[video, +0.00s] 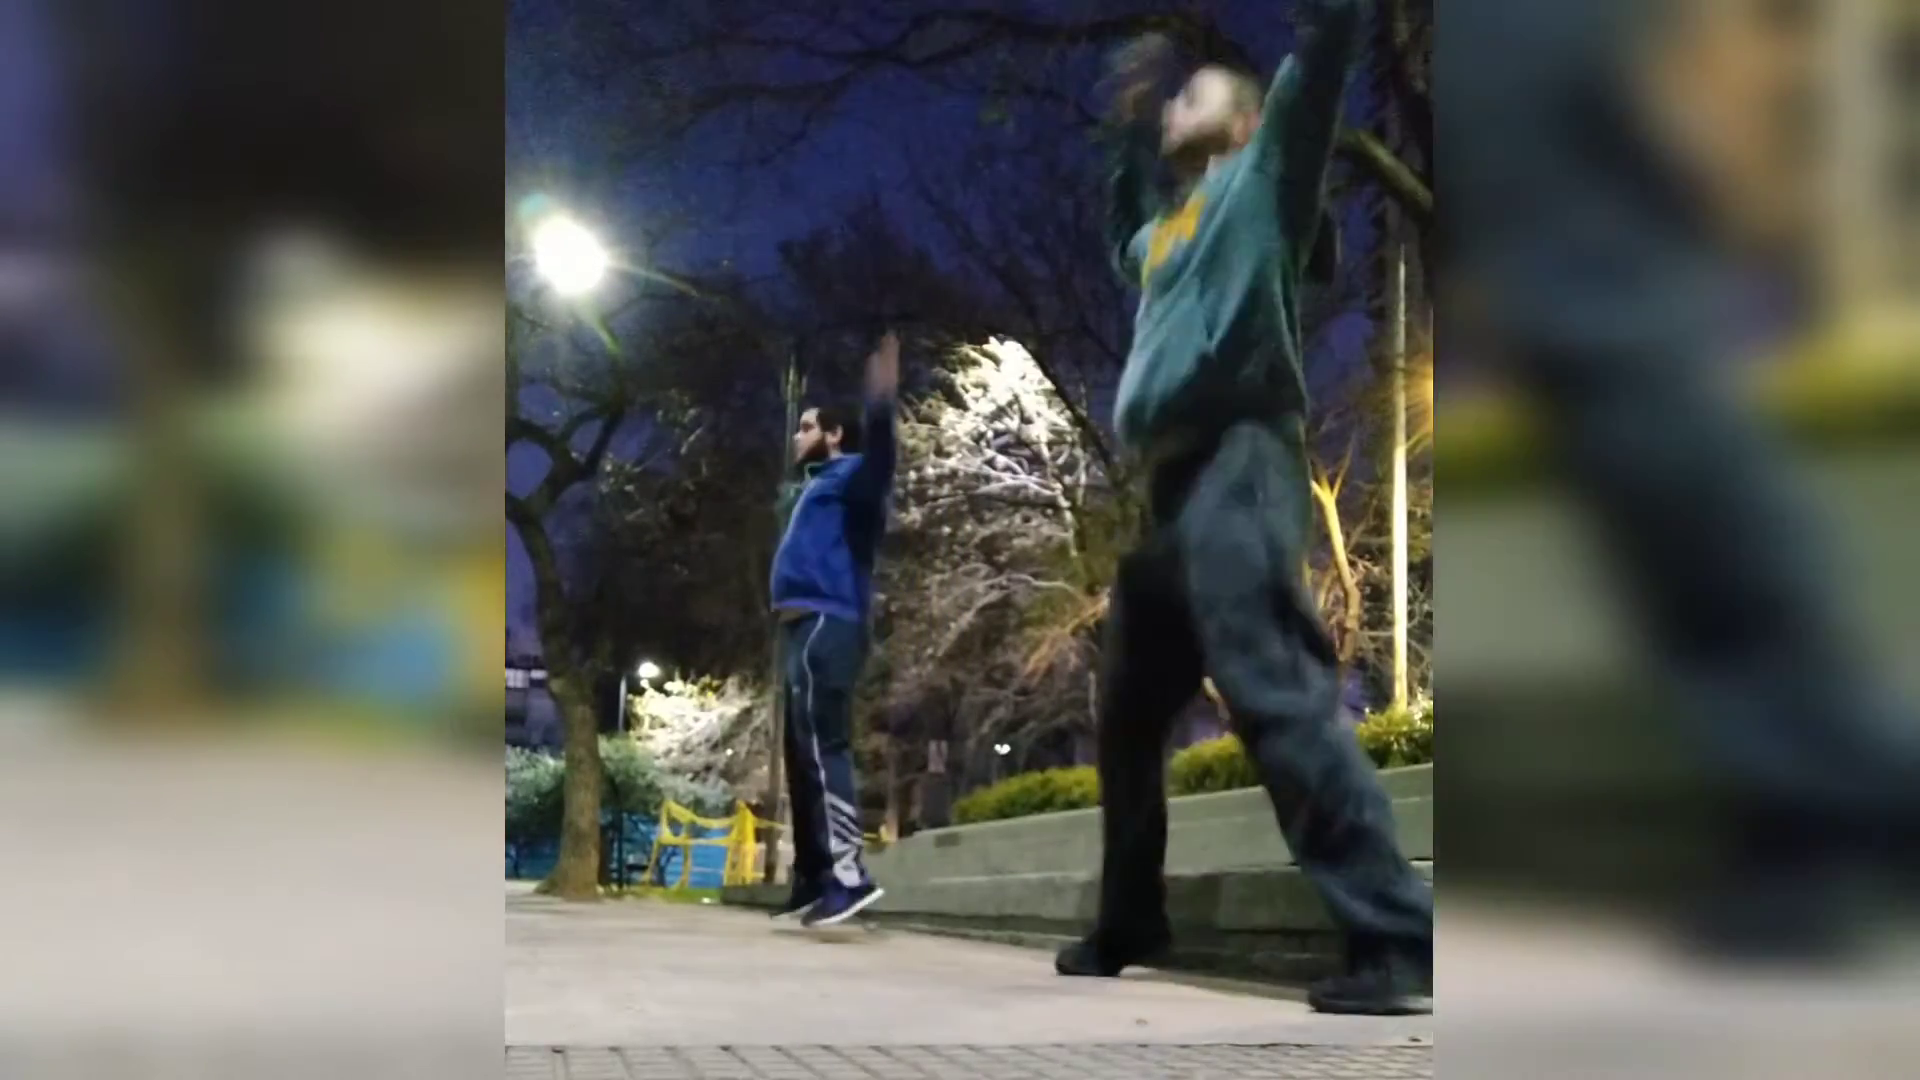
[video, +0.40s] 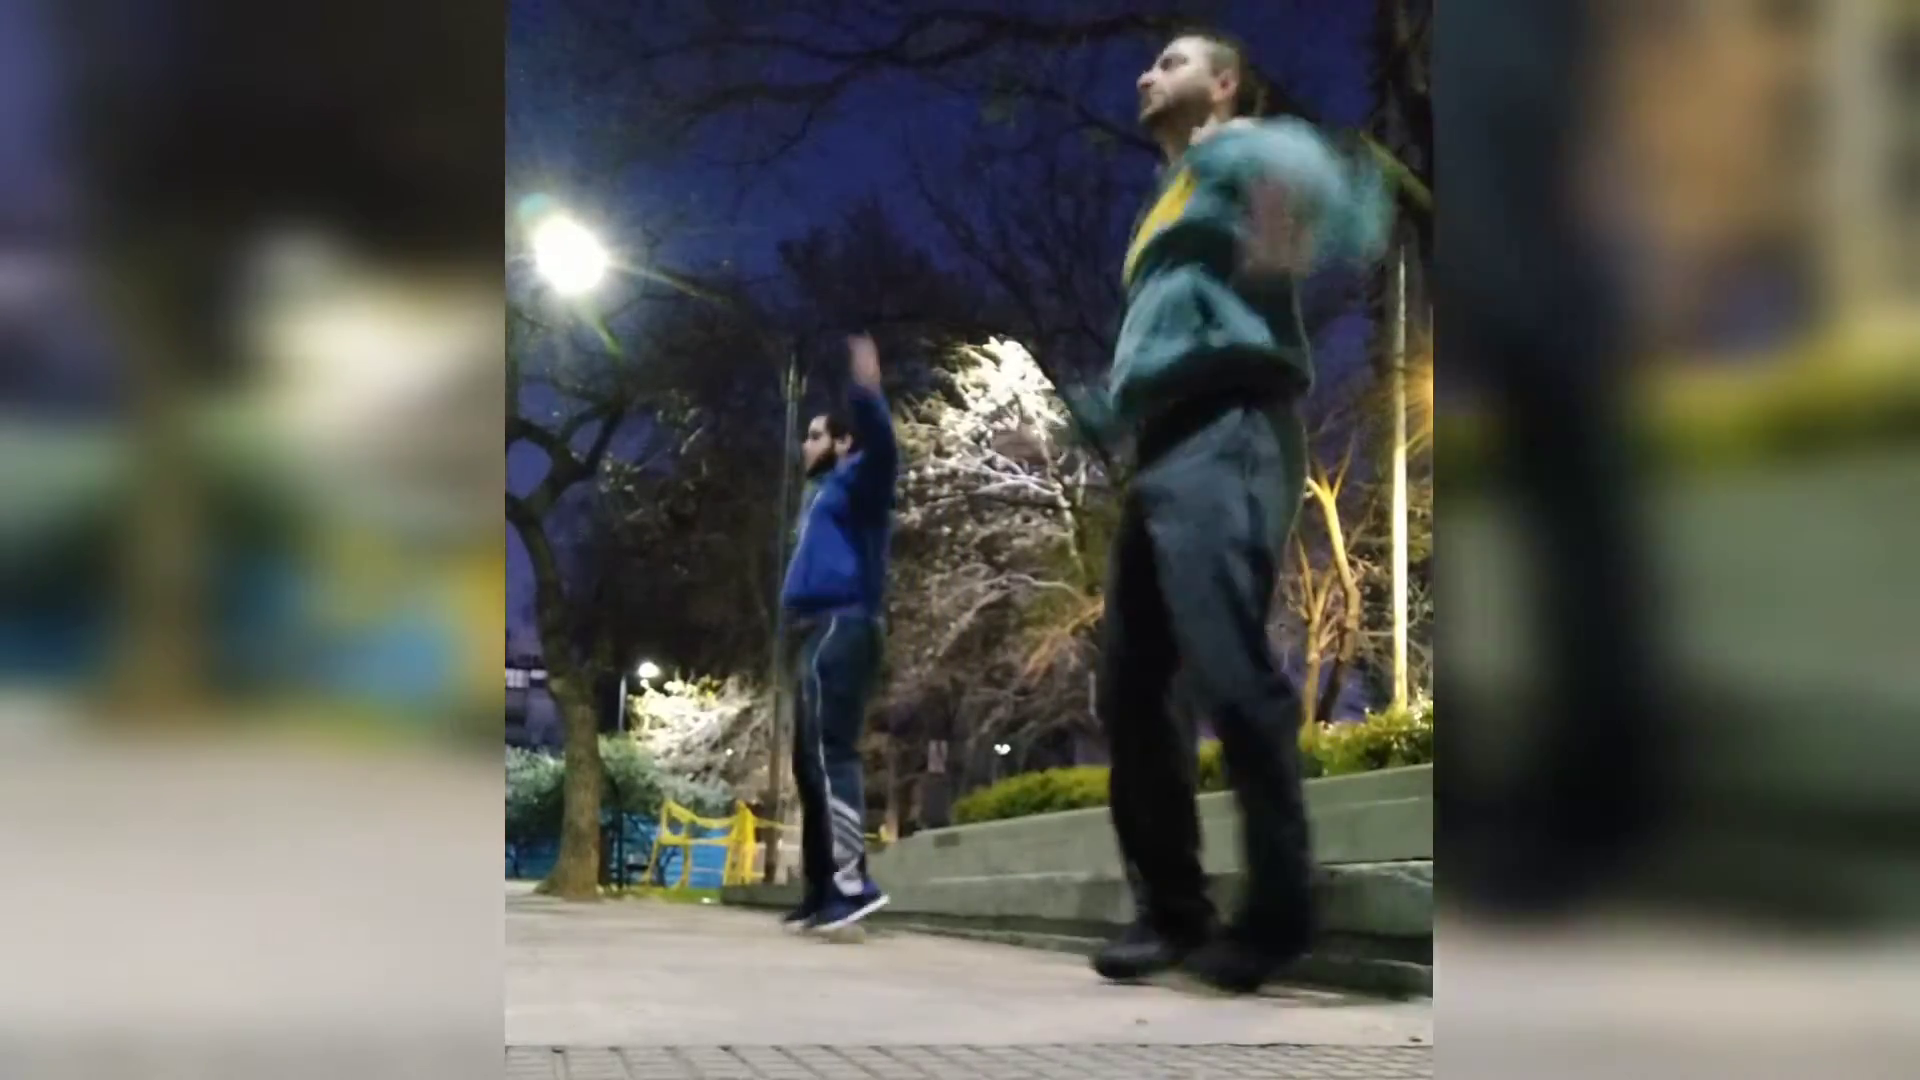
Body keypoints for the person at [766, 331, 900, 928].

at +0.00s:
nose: (799, 436)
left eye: (808, 427)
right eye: (800, 427)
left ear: (836, 432)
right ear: (816, 437)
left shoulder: (855, 476)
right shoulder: (812, 483)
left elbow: (882, 450)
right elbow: (793, 454)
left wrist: (882, 397)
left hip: (829, 618)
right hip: (794, 620)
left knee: (821, 743)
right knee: (797, 750)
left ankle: (847, 874)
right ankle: (811, 876)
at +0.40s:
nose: (809, 443)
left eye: (818, 433)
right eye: (808, 436)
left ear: (843, 437)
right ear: (814, 446)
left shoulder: (862, 475)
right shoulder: (823, 485)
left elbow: (882, 448)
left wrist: (866, 389)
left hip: (844, 618)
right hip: (807, 621)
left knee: (830, 749)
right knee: (808, 756)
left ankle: (850, 881)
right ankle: (819, 886)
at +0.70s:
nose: (815, 467)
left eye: (824, 458)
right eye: (817, 458)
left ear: (852, 464)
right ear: (848, 466)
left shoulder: (872, 509)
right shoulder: (847, 513)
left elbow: (885, 583)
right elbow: (853, 589)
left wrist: (877, 650)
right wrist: (825, 656)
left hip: (857, 662)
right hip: (832, 662)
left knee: (836, 779)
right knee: (827, 781)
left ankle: (876, 902)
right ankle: (859, 902)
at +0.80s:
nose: (820, 447)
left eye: (830, 437)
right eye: (821, 438)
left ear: (860, 442)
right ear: (838, 447)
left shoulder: (883, 477)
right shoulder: (837, 497)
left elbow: (898, 528)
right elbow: (825, 565)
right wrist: (810, 614)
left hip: (863, 624)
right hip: (827, 629)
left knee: (858, 753)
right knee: (835, 761)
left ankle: (878, 882)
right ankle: (850, 890)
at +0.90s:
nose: (826, 445)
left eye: (835, 436)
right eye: (825, 438)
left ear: (863, 442)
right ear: (836, 450)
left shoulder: (881, 489)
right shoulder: (836, 495)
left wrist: (897, 363)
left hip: (865, 622)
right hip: (829, 626)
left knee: (862, 743)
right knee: (832, 757)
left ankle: (899, 874)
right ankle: (846, 879)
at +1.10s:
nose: (829, 492)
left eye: (837, 483)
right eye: (829, 483)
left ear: (863, 485)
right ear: (846, 492)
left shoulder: (887, 522)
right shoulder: (846, 539)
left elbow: (893, 454)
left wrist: (876, 424)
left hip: (871, 668)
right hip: (838, 671)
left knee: (862, 796)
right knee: (826, 806)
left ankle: (919, 914)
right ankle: (852, 906)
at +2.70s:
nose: (868, 443)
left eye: (877, 435)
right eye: (870, 436)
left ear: (906, 447)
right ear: (891, 452)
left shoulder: (918, 490)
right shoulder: (876, 500)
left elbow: (945, 454)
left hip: (893, 624)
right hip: (859, 628)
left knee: (891, 748)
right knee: (863, 759)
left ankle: (929, 874)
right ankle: (877, 879)